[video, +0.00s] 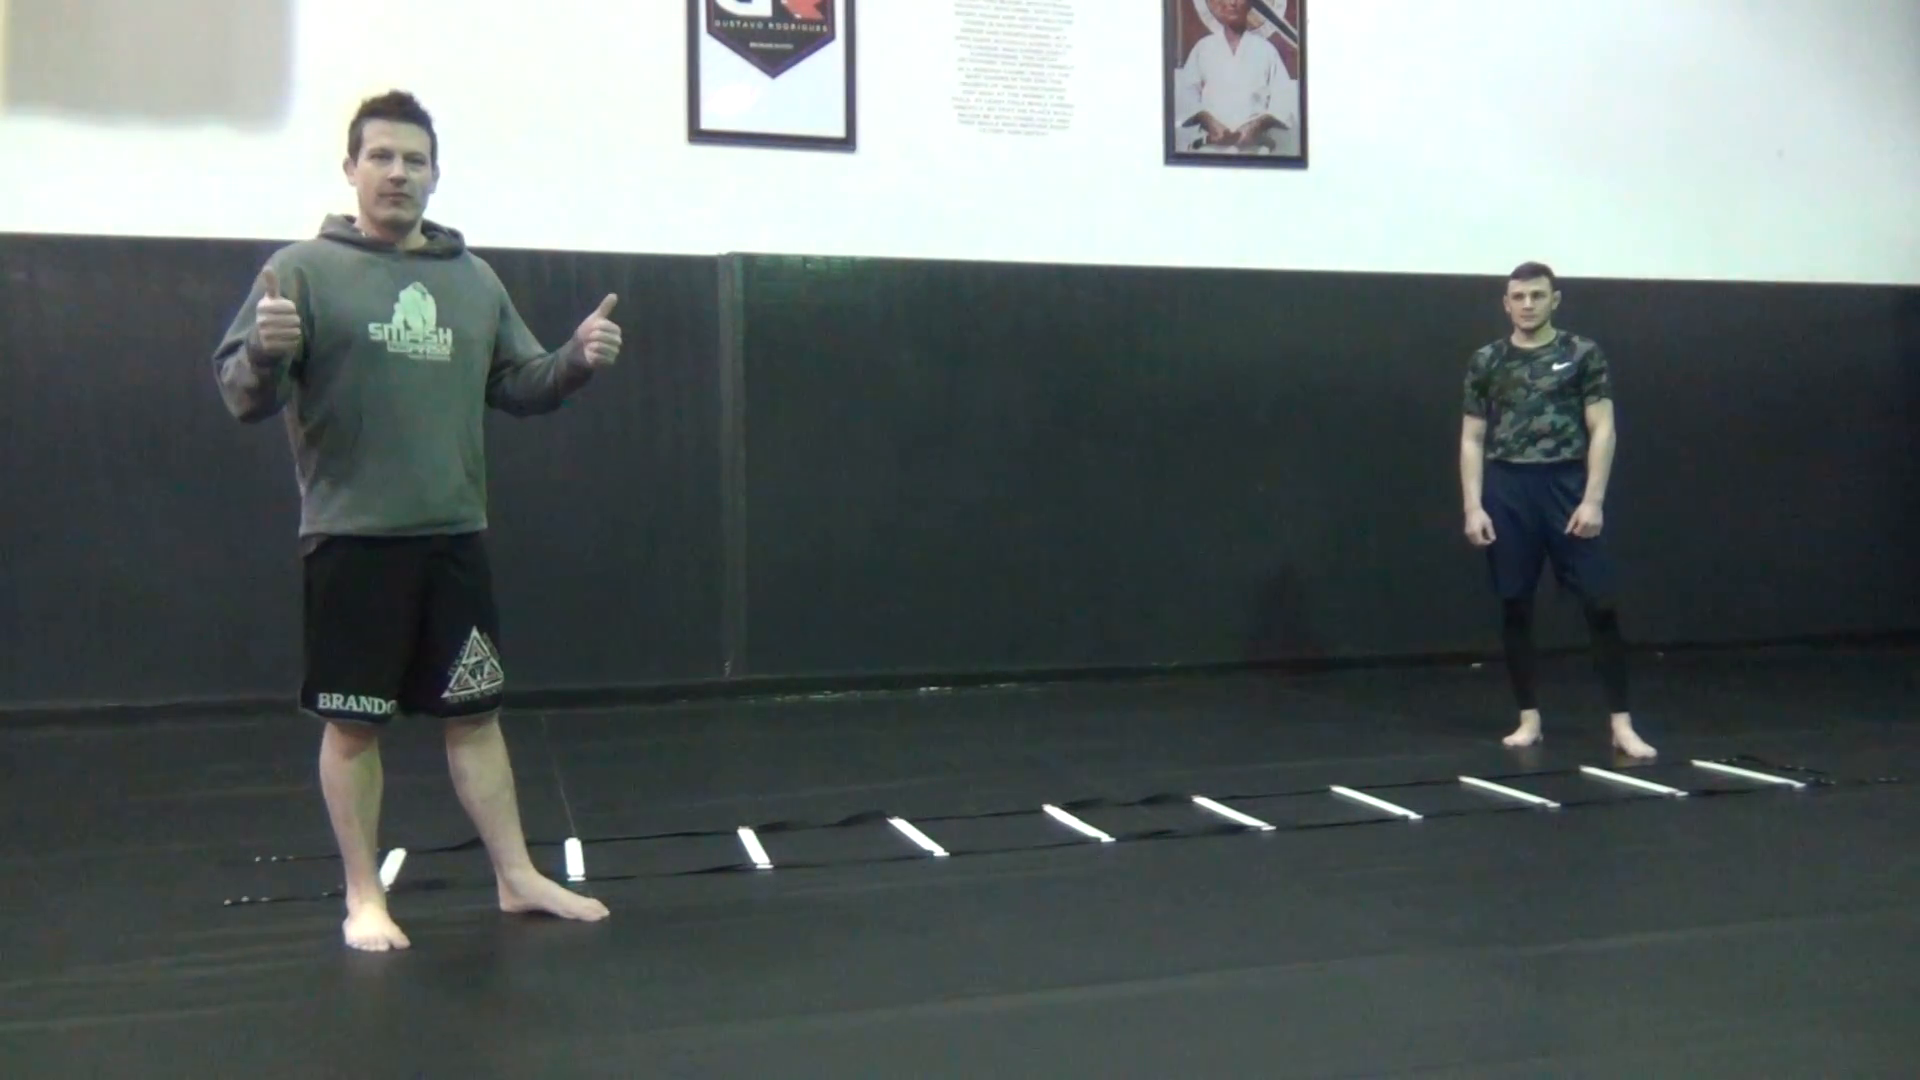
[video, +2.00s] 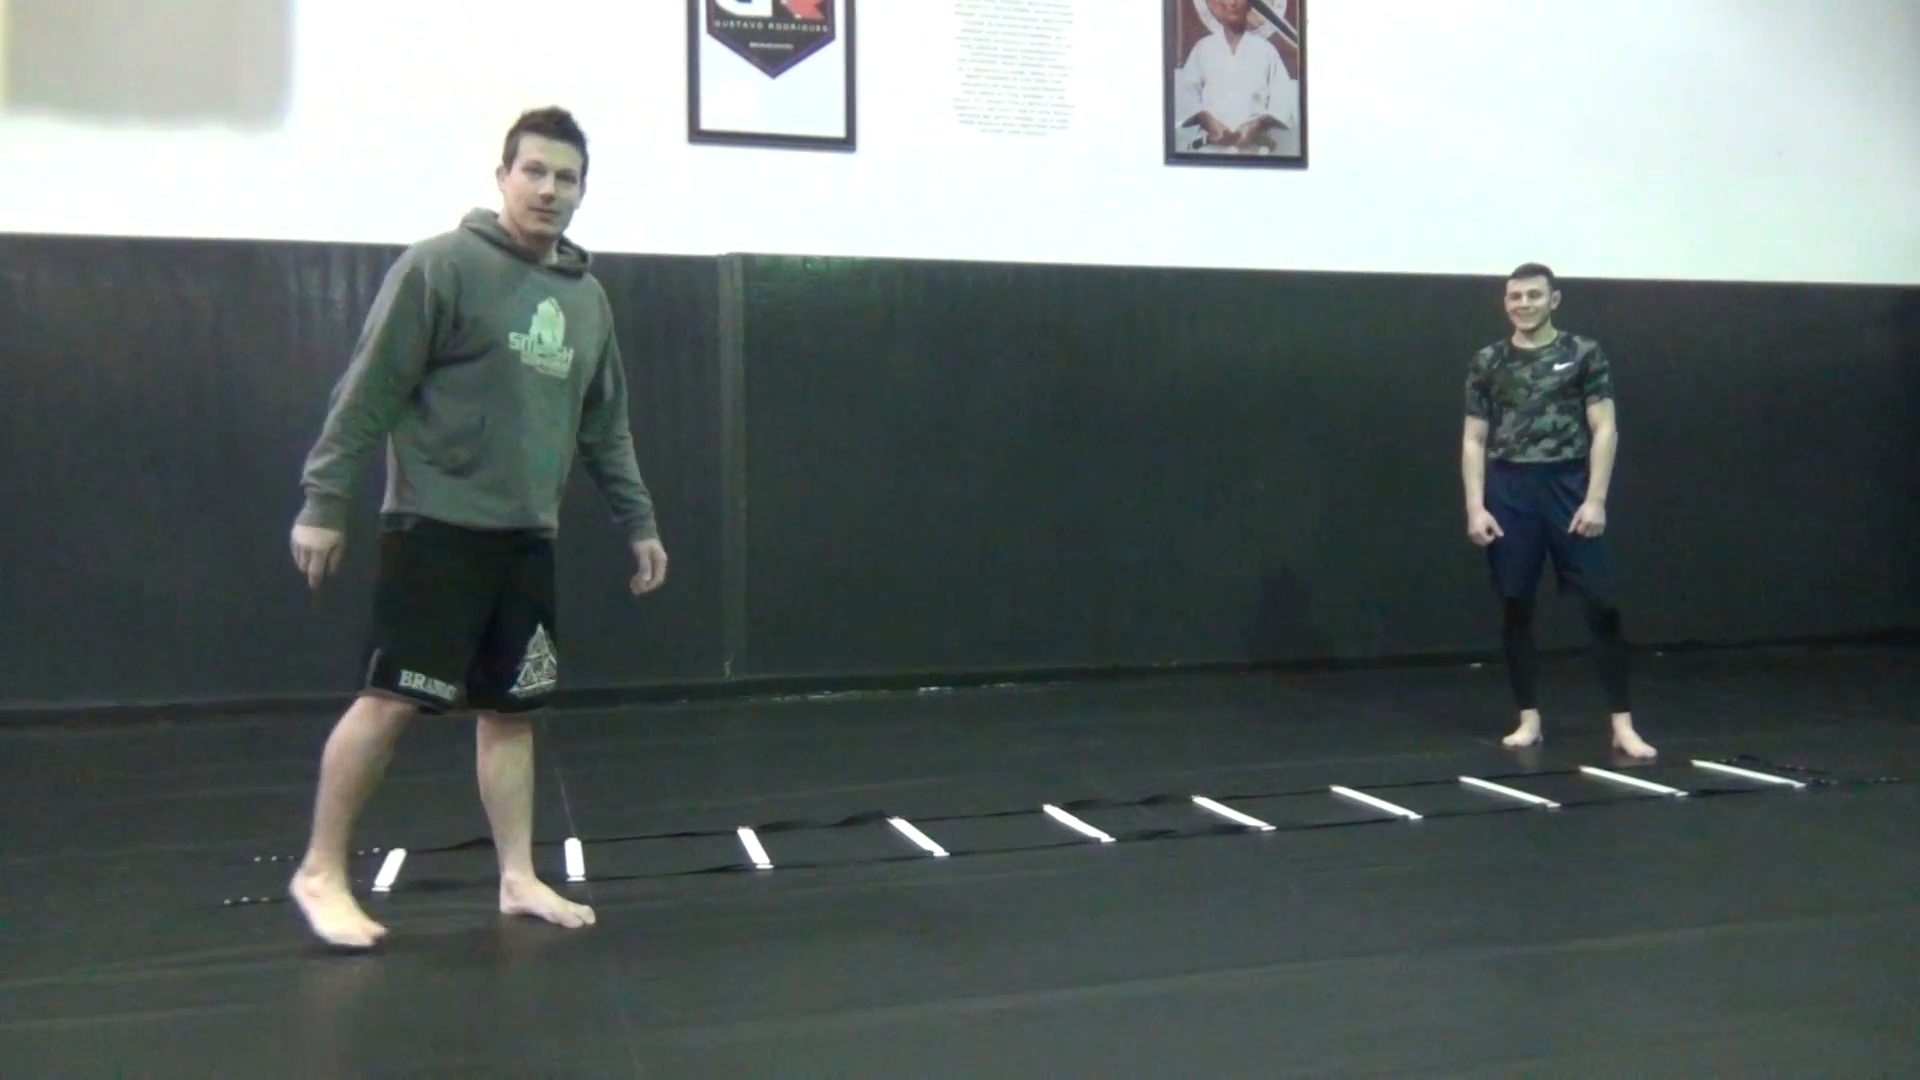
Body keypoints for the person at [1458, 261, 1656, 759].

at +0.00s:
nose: (1527, 305)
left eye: (1537, 296)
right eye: (1518, 297)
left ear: (1555, 300)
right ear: (1506, 302)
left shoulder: (1583, 354)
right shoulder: (1487, 361)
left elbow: (1602, 430)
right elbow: (1472, 438)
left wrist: (1593, 500)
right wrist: (1472, 507)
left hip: (1569, 490)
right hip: (1507, 492)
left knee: (1601, 601)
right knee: (1514, 604)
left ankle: (1620, 722)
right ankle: (1528, 717)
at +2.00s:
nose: (1523, 304)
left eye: (1533, 296)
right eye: (1515, 297)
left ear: (1554, 300)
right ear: (1505, 303)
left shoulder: (1584, 353)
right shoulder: (1487, 362)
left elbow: (1604, 428)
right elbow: (1474, 440)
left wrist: (1596, 498)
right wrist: (1475, 507)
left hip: (1570, 490)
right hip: (1509, 492)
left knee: (1602, 602)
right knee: (1515, 606)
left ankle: (1621, 723)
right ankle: (1528, 718)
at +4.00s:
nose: (1516, 304)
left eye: (1528, 295)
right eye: (1510, 297)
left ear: (1553, 299)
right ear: (1504, 303)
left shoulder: (1586, 353)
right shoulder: (1489, 361)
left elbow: (1605, 428)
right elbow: (1474, 438)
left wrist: (1595, 499)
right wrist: (1475, 506)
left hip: (1571, 491)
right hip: (1509, 492)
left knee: (1601, 604)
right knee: (1515, 605)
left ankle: (1621, 724)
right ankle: (1528, 718)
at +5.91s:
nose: (1514, 304)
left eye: (1525, 295)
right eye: (1509, 297)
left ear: (1552, 300)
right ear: (1503, 304)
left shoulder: (1586, 353)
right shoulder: (1488, 360)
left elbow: (1605, 428)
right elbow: (1473, 436)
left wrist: (1596, 499)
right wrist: (1471, 503)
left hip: (1569, 489)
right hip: (1508, 490)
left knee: (1601, 603)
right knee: (1516, 605)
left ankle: (1621, 723)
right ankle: (1528, 717)